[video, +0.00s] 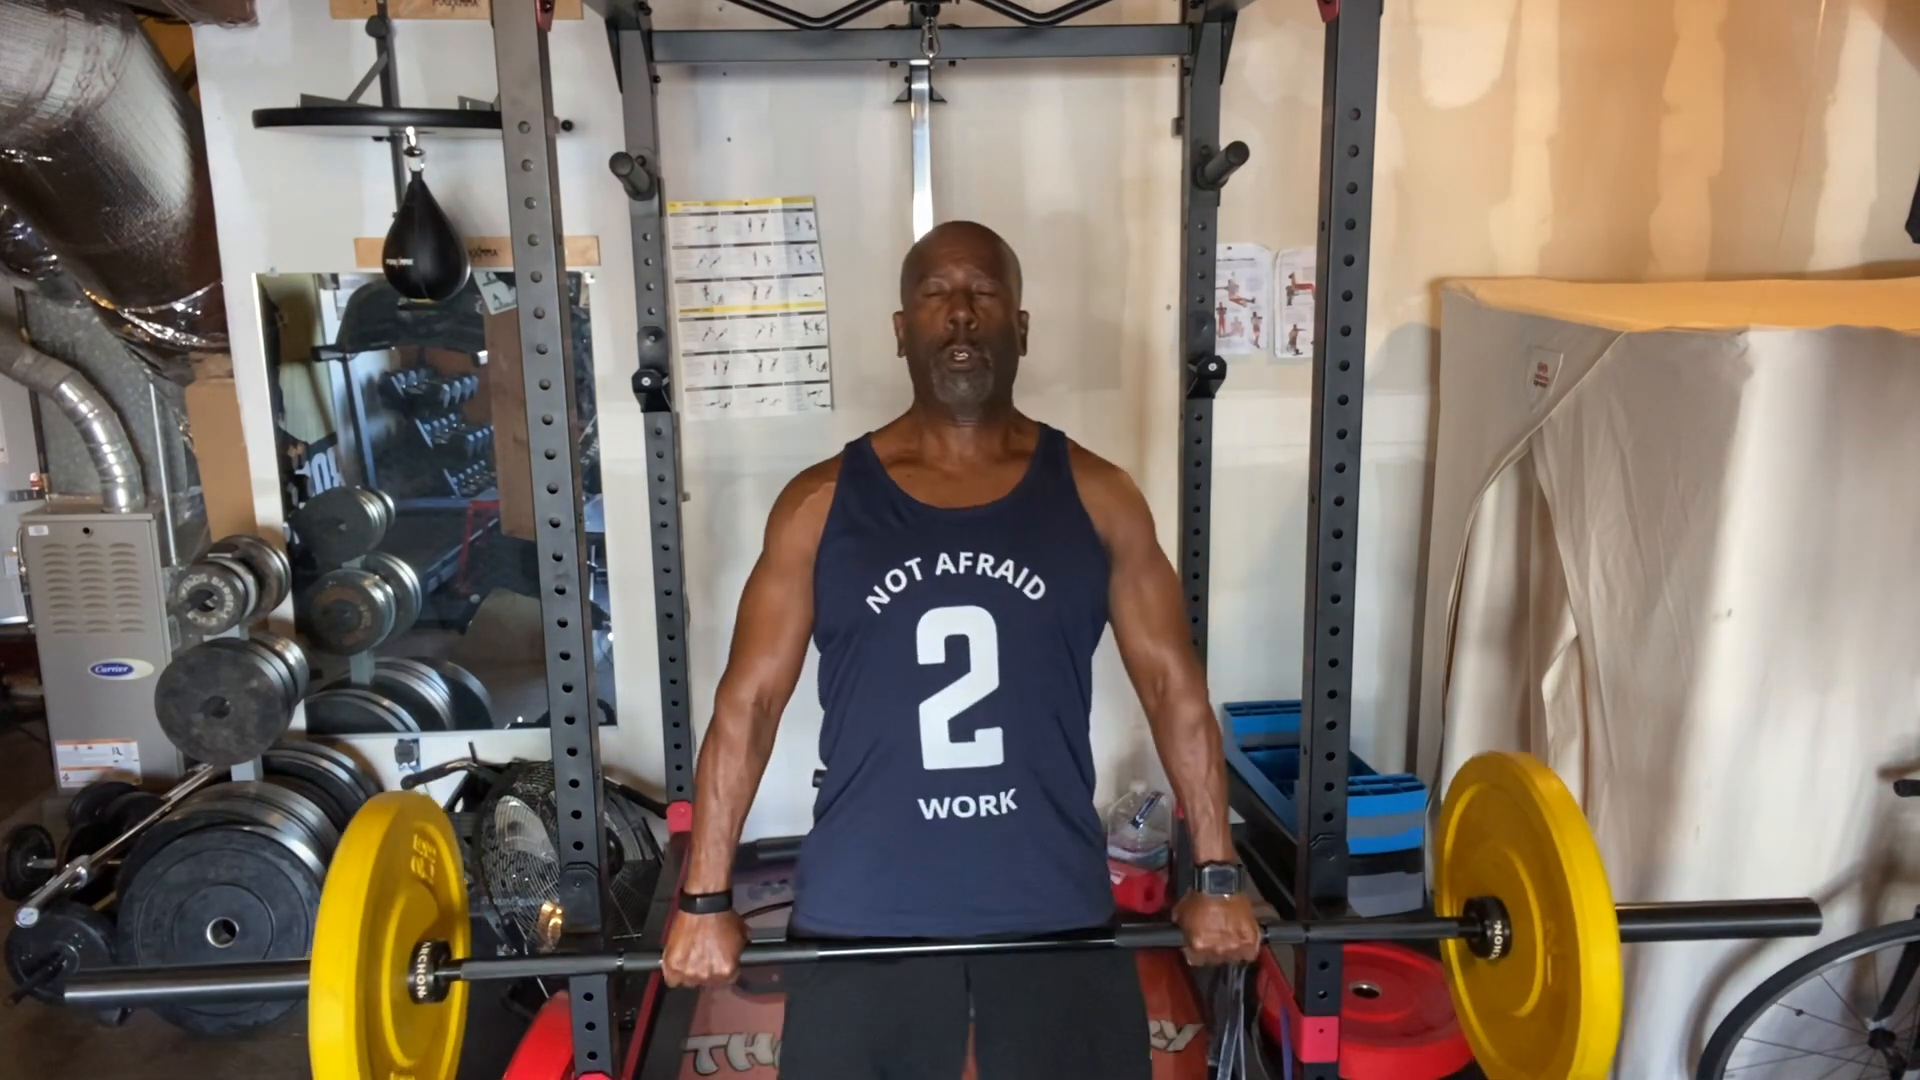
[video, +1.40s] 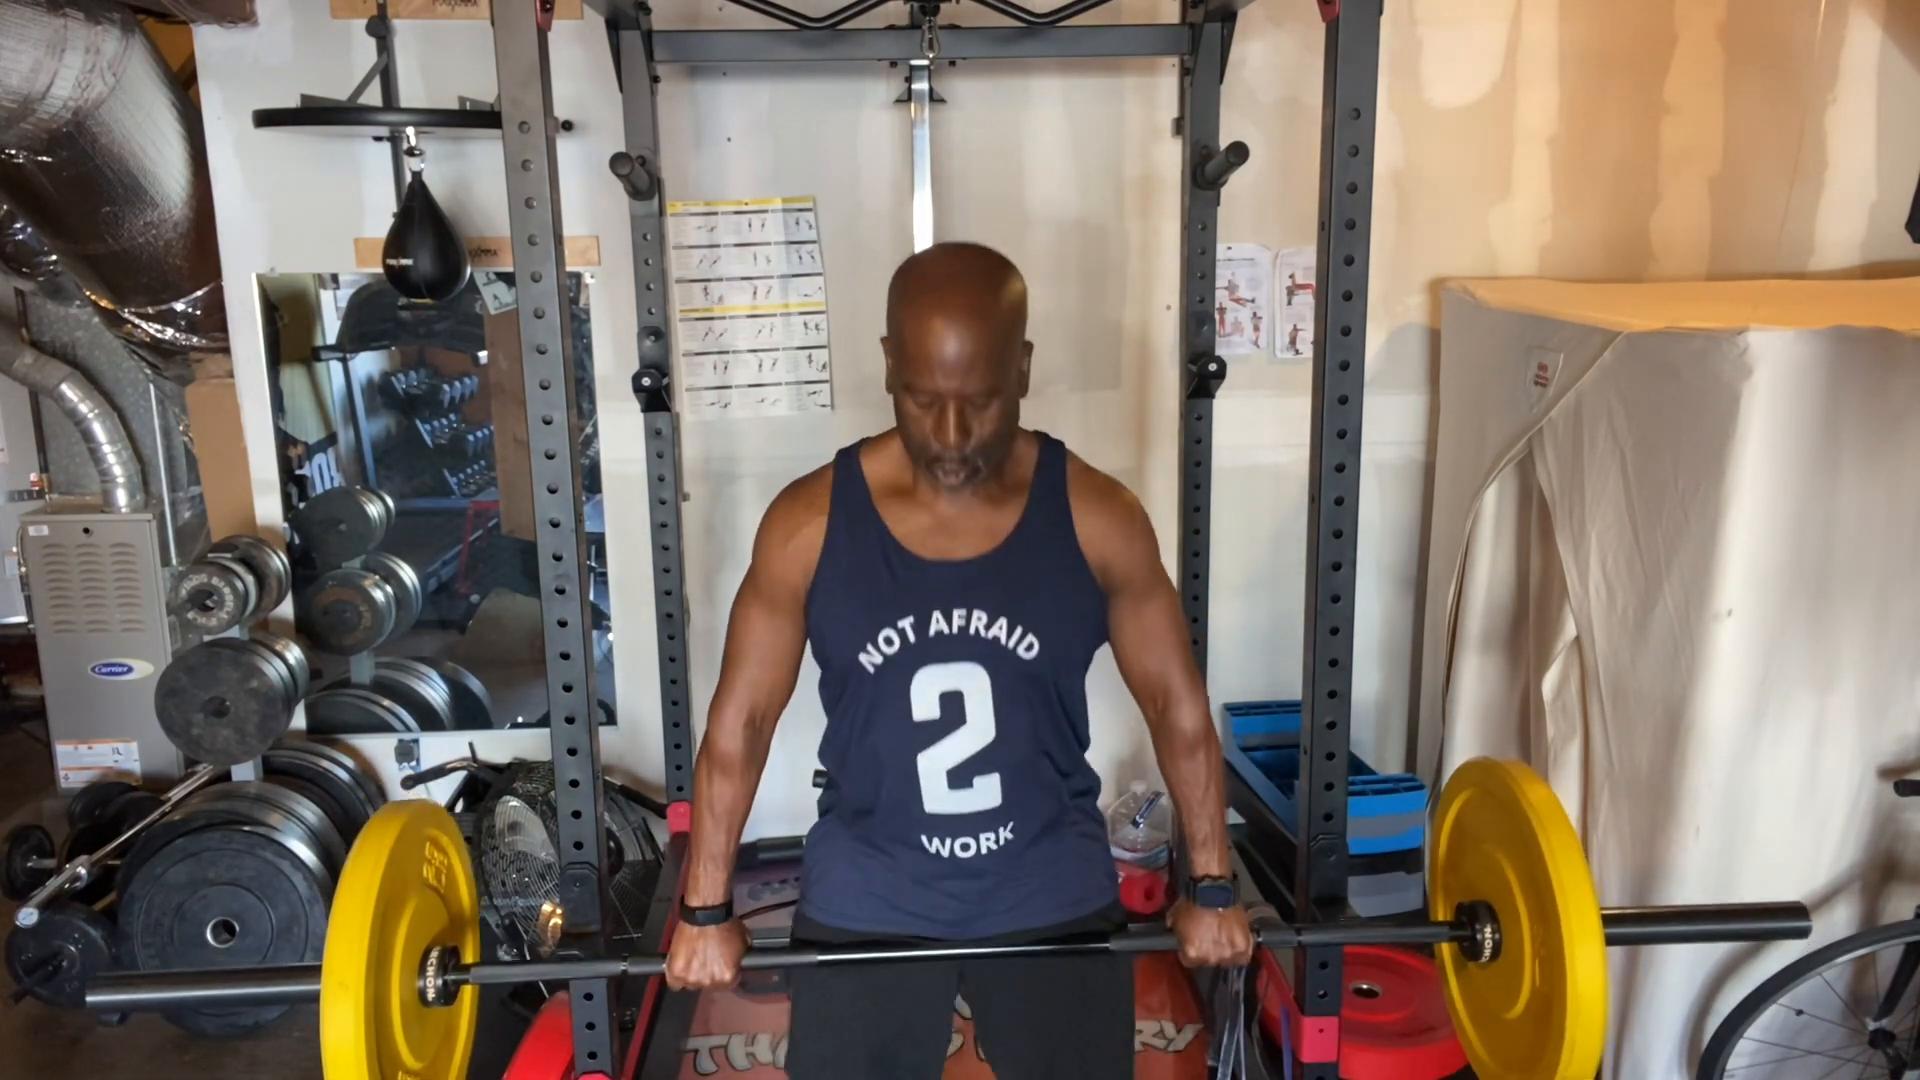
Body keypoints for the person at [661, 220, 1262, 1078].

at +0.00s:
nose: (961, 313)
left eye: (983, 295)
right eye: (936, 297)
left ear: (1021, 327)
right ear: (902, 331)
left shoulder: (1097, 495)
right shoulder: (821, 502)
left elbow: (1172, 684)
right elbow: (749, 702)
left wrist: (1218, 872)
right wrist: (705, 893)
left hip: (1057, 931)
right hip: (863, 936)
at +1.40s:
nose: (950, 434)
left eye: (978, 400)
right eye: (922, 399)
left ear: (1024, 367)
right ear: (888, 365)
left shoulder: (1099, 519)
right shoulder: (809, 523)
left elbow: (1176, 706)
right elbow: (741, 721)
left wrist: (1213, 885)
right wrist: (706, 904)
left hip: (1053, 909)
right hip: (866, 913)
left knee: (1075, 1063)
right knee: (847, 1065)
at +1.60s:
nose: (966, 554)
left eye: (994, 523)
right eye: (936, 522)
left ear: (1037, 460)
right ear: (892, 461)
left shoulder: (1107, 580)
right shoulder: (807, 585)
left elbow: (1185, 753)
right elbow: (735, 775)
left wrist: (1213, 924)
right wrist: (706, 946)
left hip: (1050, 895)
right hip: (872, 899)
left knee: (1093, 1067)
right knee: (841, 1069)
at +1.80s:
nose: (971, 664)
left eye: (999, 637)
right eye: (940, 638)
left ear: (1042, 573)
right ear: (895, 568)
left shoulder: (1112, 650)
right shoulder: (807, 659)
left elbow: (1188, 819)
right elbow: (730, 845)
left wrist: (1215, 988)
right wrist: (704, 1013)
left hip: (1050, 906)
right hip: (872, 912)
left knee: (1092, 1069)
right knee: (846, 1072)